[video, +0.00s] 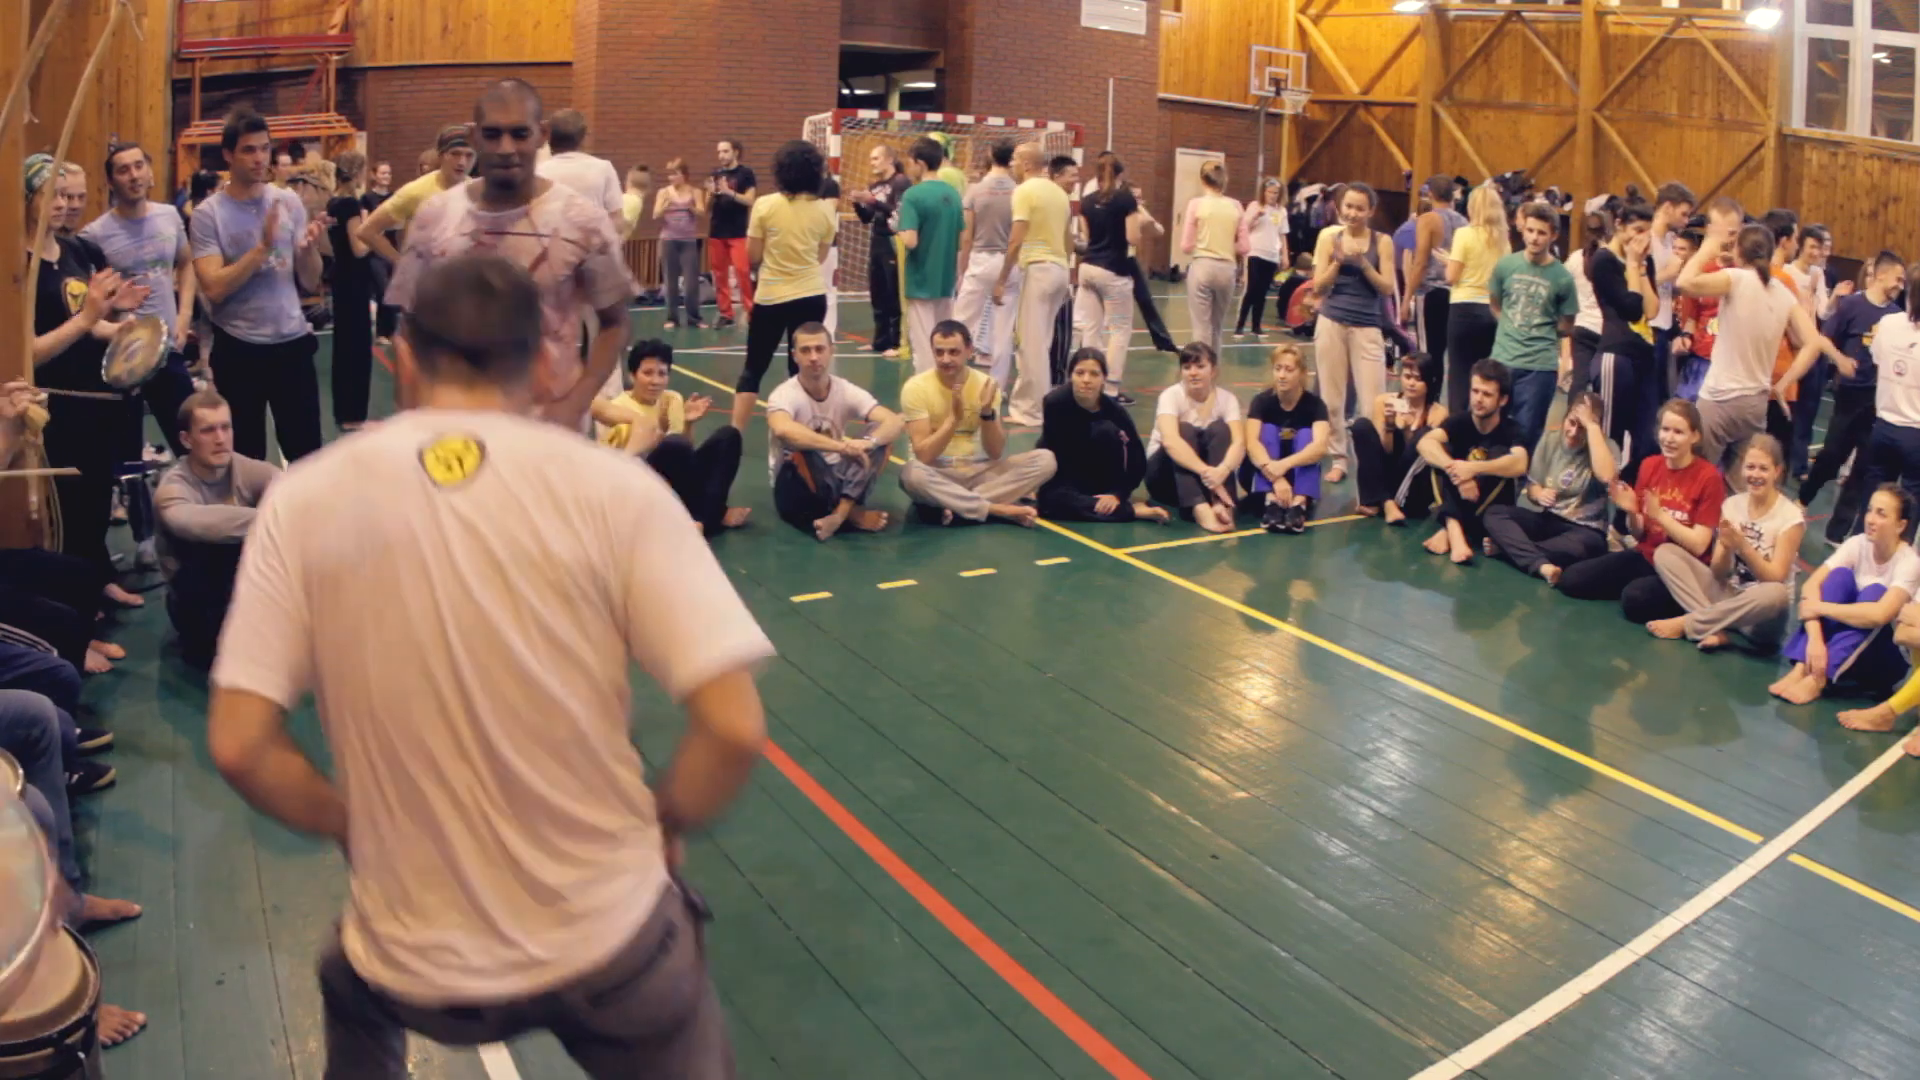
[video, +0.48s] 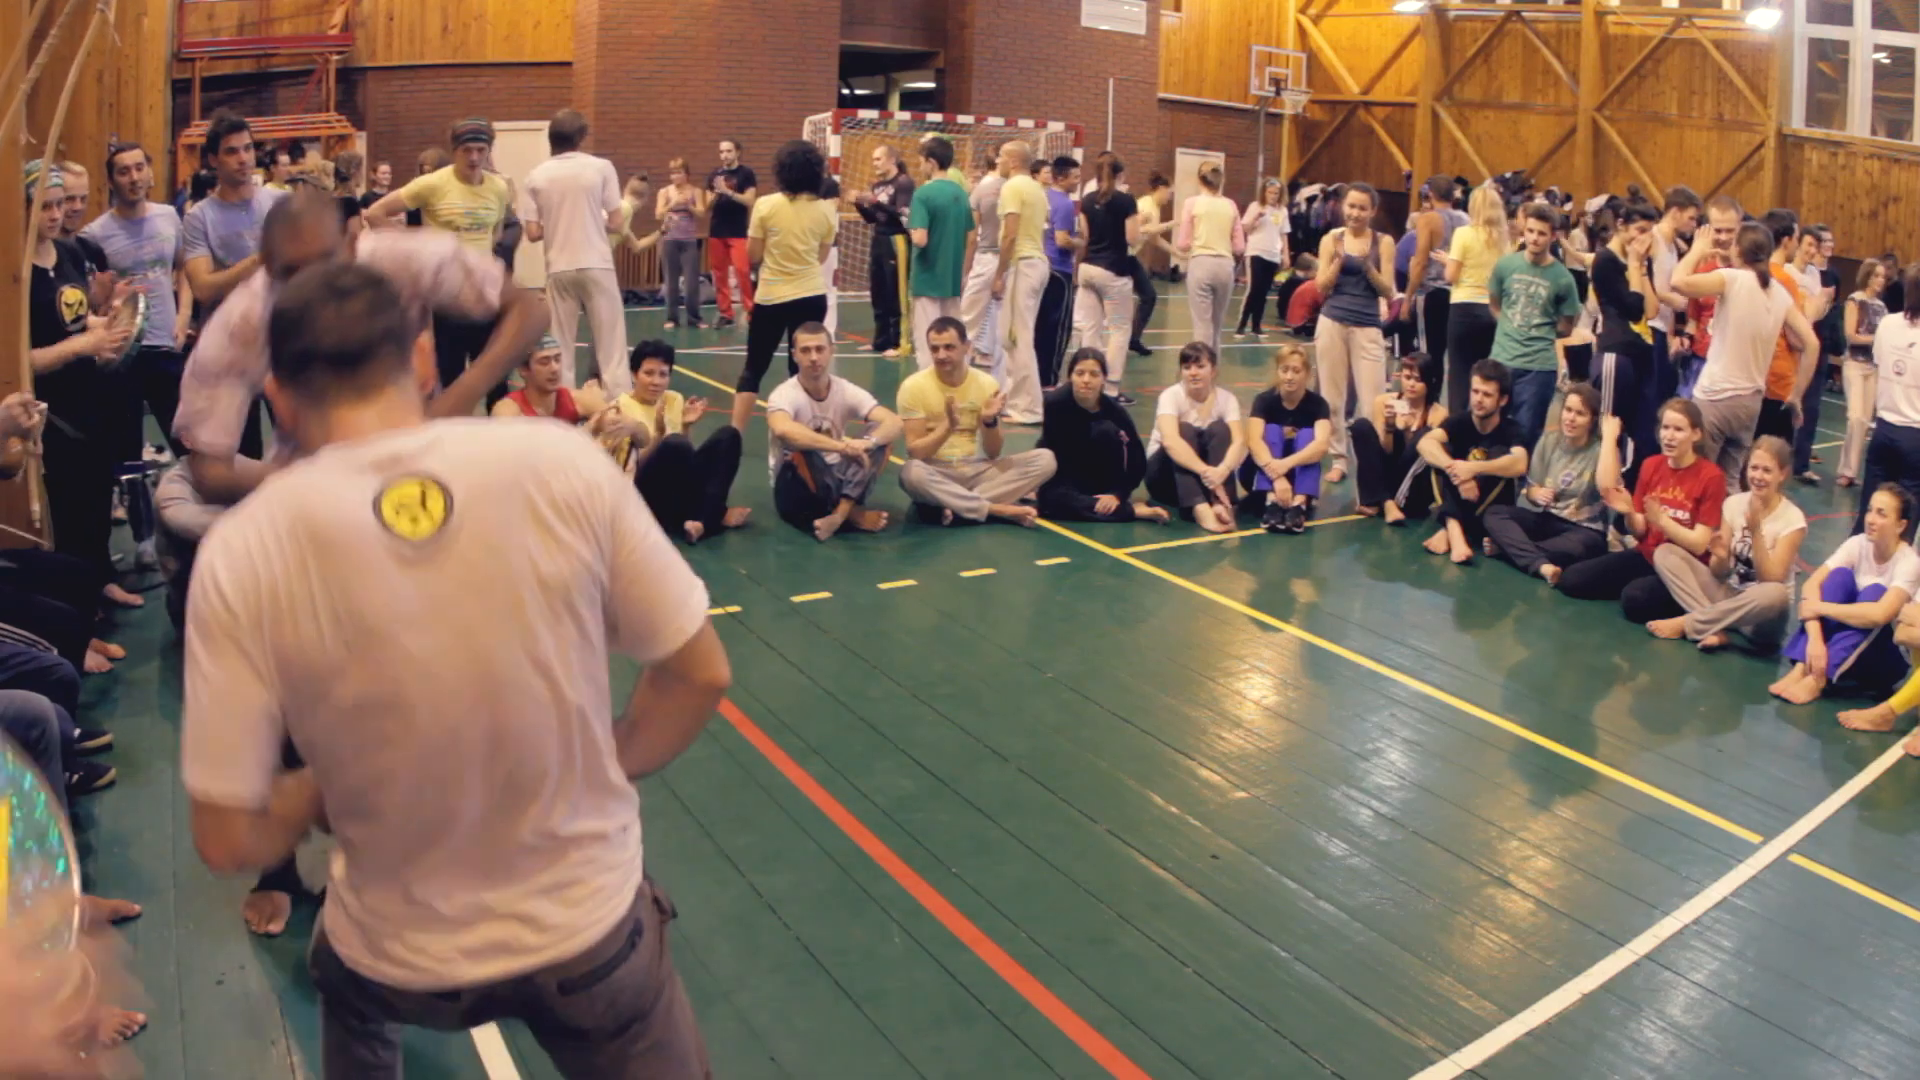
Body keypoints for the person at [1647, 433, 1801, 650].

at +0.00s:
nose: (1755, 475)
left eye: (1763, 469)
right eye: (1750, 467)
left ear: (1778, 472)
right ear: (1741, 469)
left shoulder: (1790, 515)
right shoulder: (1732, 505)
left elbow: (1776, 576)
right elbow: (1718, 572)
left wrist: (1742, 546)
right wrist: (1726, 548)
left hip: (1760, 602)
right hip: (1725, 593)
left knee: (1774, 593)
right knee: (1665, 552)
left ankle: (1686, 624)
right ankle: (1713, 629)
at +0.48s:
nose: (1758, 476)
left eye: (1767, 470)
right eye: (1754, 468)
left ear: (1783, 474)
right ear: (1746, 469)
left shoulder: (1792, 519)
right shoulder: (1733, 504)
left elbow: (1772, 577)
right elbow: (1718, 571)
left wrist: (1756, 531)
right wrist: (1721, 556)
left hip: (1759, 603)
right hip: (1725, 593)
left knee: (1774, 593)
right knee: (1665, 553)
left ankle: (1686, 624)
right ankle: (1712, 629)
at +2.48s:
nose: (1756, 473)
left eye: (1766, 468)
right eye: (1754, 466)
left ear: (1786, 475)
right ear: (1749, 466)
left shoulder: (1796, 521)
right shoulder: (1738, 502)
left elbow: (1777, 578)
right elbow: (1720, 568)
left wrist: (1746, 546)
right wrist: (1729, 542)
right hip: (1726, 594)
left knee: (1775, 594)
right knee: (1665, 552)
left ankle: (1686, 624)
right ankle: (1712, 629)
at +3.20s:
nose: (1757, 469)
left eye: (1766, 464)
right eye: (1756, 462)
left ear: (1787, 471)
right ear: (1753, 461)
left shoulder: (1797, 516)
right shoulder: (1739, 499)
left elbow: (1777, 574)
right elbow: (1720, 566)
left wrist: (1741, 538)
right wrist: (1730, 539)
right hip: (1728, 590)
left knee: (1774, 592)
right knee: (1685, 566)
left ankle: (1695, 622)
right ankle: (1709, 631)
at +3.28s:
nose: (1757, 469)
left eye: (1766, 464)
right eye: (1757, 462)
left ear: (1786, 471)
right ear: (1752, 461)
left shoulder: (1797, 517)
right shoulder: (1740, 499)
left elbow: (1777, 574)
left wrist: (1740, 538)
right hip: (1725, 581)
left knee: (1773, 592)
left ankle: (1706, 618)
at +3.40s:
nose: (1759, 471)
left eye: (1766, 465)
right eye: (1758, 463)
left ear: (1786, 471)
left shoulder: (1796, 515)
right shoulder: (1743, 499)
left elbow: (1780, 573)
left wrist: (1747, 549)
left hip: (1759, 584)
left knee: (1774, 591)